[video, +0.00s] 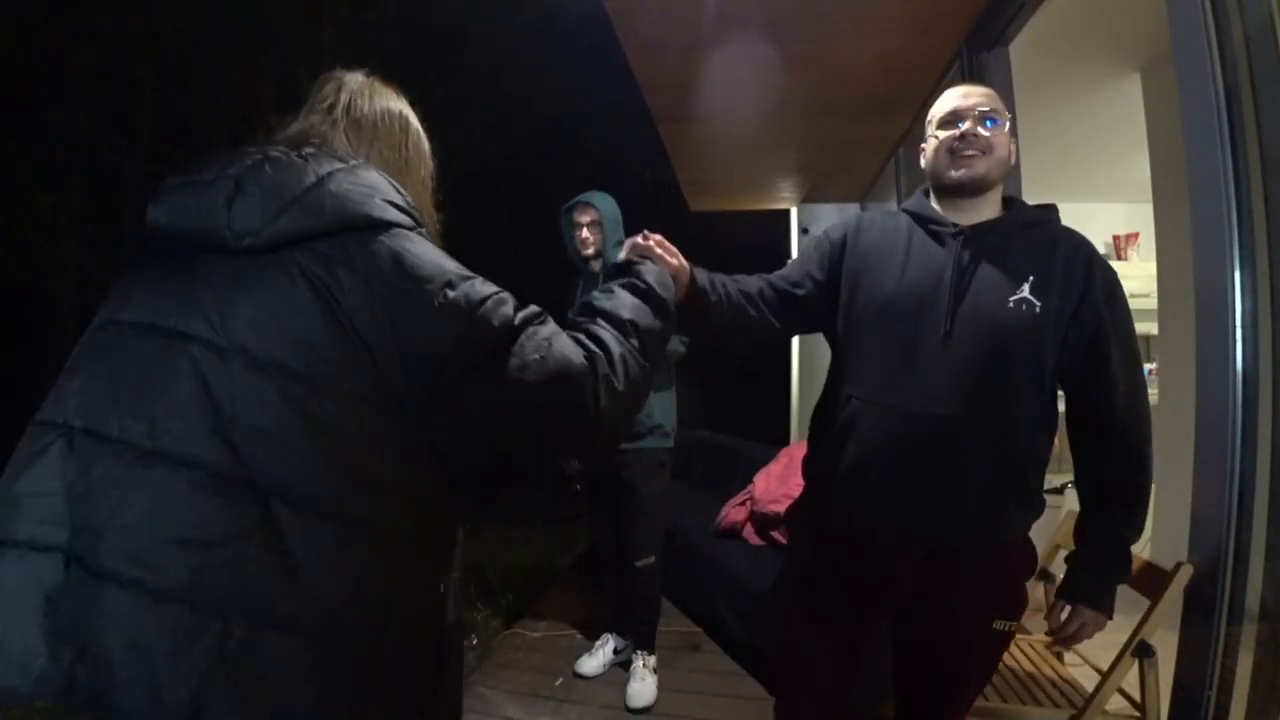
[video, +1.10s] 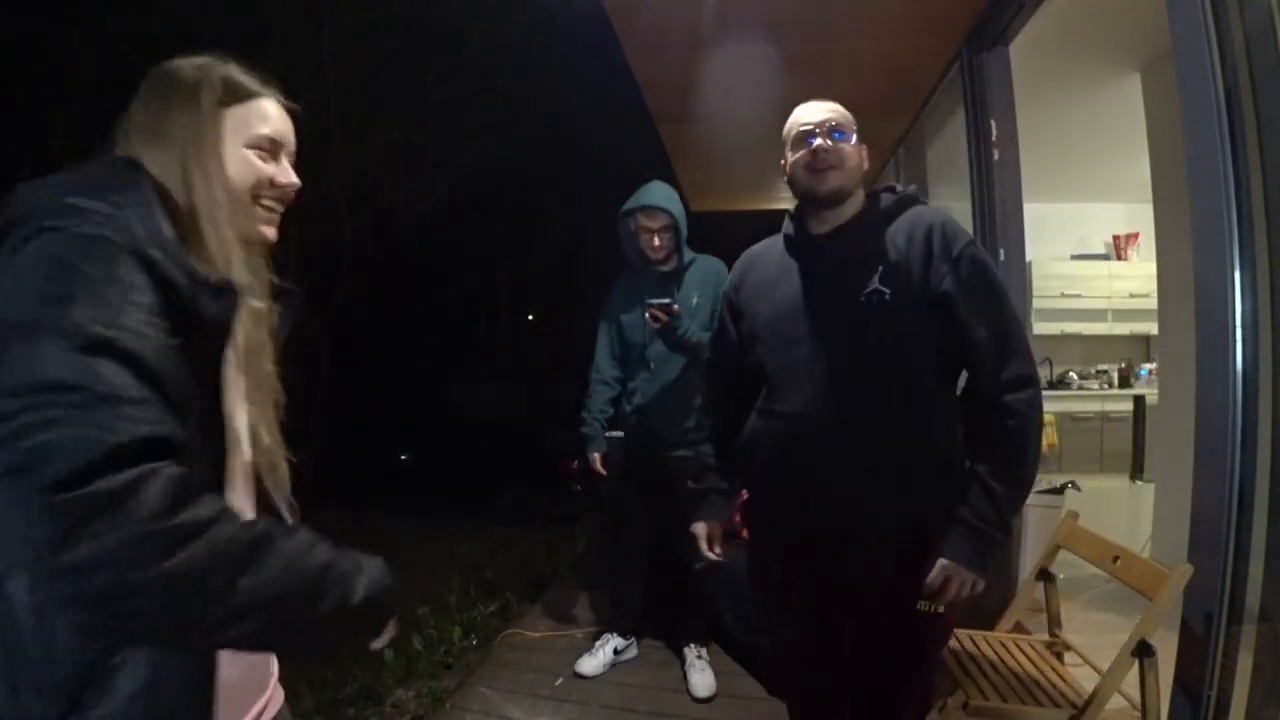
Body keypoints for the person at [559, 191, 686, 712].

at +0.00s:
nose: (586, 236)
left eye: (594, 226)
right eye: (578, 228)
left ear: (615, 228)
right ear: (571, 236)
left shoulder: (645, 278)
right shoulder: (579, 288)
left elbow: (675, 345)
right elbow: (575, 352)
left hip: (646, 432)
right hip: (598, 433)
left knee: (642, 546)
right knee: (604, 539)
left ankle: (644, 653)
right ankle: (617, 632)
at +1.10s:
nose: (653, 239)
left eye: (662, 229)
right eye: (643, 230)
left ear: (679, 229)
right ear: (632, 235)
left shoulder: (710, 274)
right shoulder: (625, 291)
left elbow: (726, 353)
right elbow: (606, 368)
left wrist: (678, 332)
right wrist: (594, 432)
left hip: (695, 437)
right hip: (636, 436)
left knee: (694, 540)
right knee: (626, 535)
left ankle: (694, 642)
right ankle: (620, 633)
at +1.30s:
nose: (680, 240)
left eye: (690, 231)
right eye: (671, 231)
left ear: (708, 232)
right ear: (657, 233)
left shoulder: (730, 281)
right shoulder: (643, 286)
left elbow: (749, 346)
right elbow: (618, 359)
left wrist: (707, 328)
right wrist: (595, 417)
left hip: (706, 433)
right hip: (643, 432)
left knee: (698, 538)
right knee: (629, 533)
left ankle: (696, 643)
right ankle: (621, 633)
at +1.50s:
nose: (696, 235)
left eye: (707, 226)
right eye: (687, 225)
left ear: (723, 229)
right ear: (674, 228)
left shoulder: (741, 284)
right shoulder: (655, 280)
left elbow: (754, 360)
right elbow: (626, 347)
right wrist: (603, 412)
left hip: (712, 440)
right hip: (648, 437)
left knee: (704, 543)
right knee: (633, 539)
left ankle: (697, 643)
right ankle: (621, 634)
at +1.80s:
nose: (694, 231)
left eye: (703, 222)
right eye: (685, 222)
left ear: (721, 224)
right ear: (673, 226)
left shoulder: (743, 278)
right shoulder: (651, 278)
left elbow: (765, 347)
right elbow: (607, 339)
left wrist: (723, 323)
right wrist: (564, 391)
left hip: (713, 435)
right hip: (648, 436)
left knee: (701, 548)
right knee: (631, 550)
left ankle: (697, 646)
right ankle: (601, 660)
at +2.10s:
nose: (674, 233)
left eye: (685, 224)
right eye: (665, 223)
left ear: (702, 227)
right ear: (648, 226)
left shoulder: (723, 281)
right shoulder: (624, 281)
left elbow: (735, 368)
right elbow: (598, 369)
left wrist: (704, 333)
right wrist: (587, 448)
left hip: (695, 455)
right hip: (628, 451)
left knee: (689, 566)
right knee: (617, 562)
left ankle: (692, 677)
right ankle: (596, 674)